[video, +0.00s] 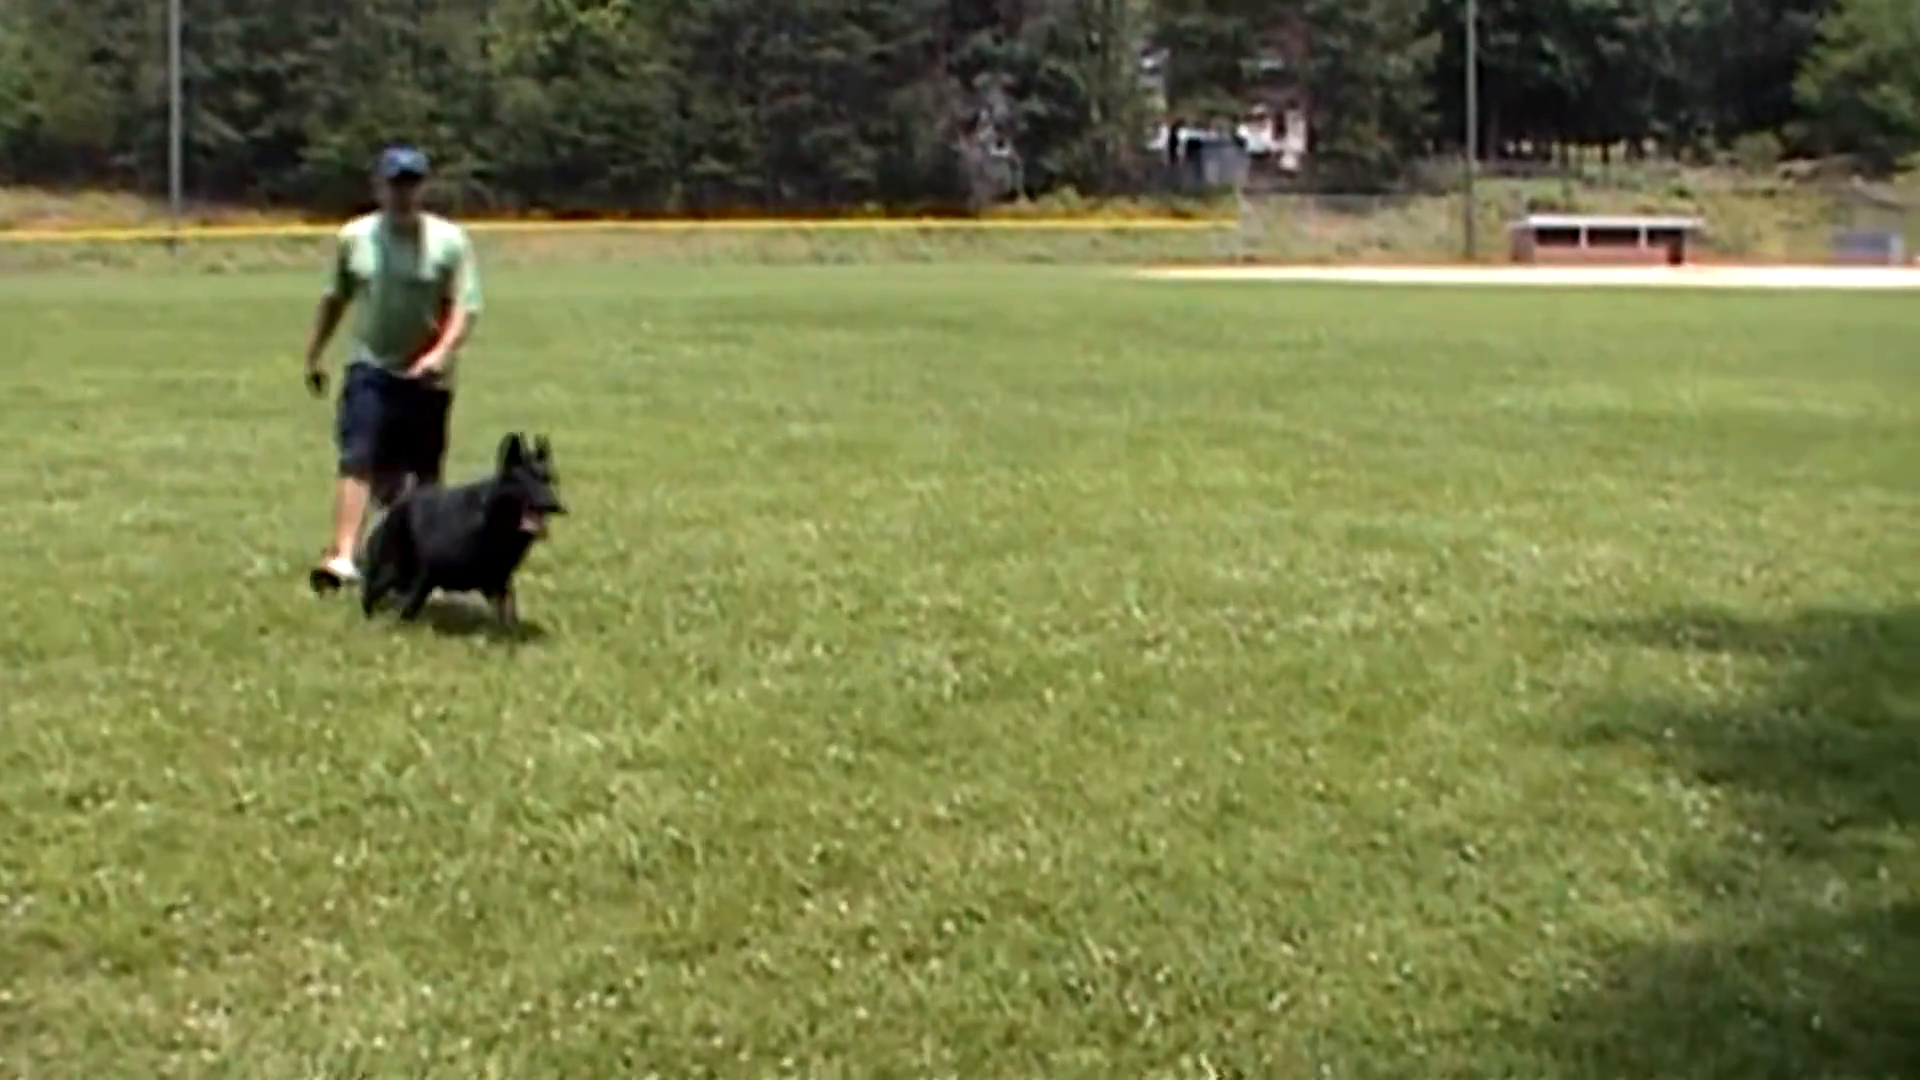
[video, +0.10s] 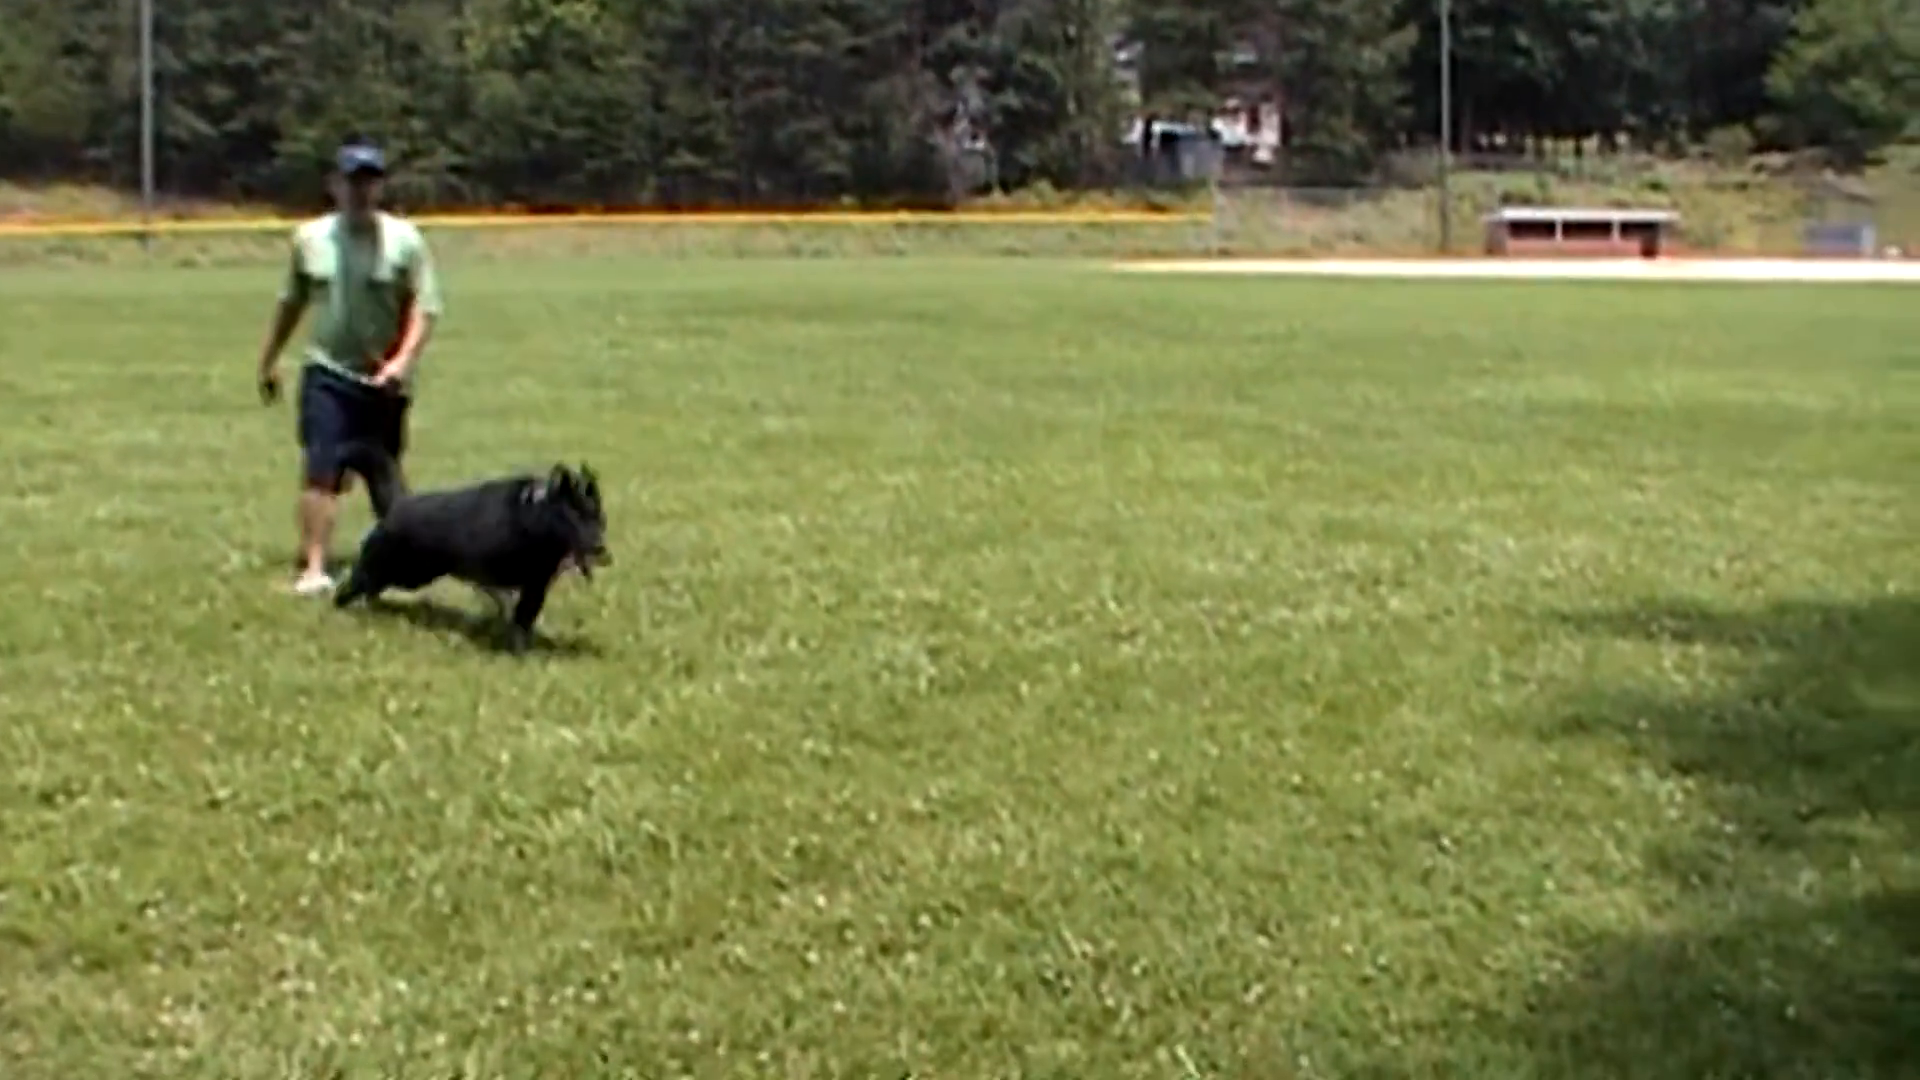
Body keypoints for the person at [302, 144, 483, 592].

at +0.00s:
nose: (402, 194)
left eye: (411, 184)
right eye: (394, 184)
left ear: (424, 188)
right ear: (378, 187)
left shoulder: (449, 241)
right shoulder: (357, 238)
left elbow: (464, 306)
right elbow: (337, 297)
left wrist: (439, 354)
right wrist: (314, 353)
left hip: (426, 372)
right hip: (371, 365)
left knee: (420, 477)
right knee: (357, 462)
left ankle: (411, 558)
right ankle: (344, 555)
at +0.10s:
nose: (360, 191)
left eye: (369, 181)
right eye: (351, 180)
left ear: (381, 186)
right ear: (334, 185)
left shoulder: (405, 240)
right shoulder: (311, 239)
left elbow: (422, 308)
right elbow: (293, 301)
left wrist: (401, 362)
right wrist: (269, 359)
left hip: (383, 375)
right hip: (329, 369)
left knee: (385, 474)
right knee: (322, 470)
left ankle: (399, 554)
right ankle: (313, 566)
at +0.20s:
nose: (328, 182)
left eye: (336, 172)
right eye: (319, 171)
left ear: (348, 177)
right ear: (301, 177)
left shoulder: (371, 233)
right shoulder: (276, 231)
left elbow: (387, 306)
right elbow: (259, 300)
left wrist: (378, 367)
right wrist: (235, 361)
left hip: (343, 371)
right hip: (288, 365)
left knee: (347, 471)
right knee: (284, 472)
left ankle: (359, 520)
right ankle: (291, 562)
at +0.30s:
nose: (303, 168)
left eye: (311, 157)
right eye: (293, 158)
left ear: (322, 163)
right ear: (272, 163)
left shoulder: (347, 220)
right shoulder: (247, 217)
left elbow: (364, 295)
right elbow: (224, 285)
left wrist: (365, 355)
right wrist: (201, 343)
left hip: (320, 355)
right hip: (260, 353)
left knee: (311, 456)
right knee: (260, 465)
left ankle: (316, 516)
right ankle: (269, 556)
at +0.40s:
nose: (257, 165)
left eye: (264, 154)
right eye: (247, 154)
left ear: (276, 159)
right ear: (227, 159)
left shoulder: (301, 219)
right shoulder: (190, 215)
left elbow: (325, 293)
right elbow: (160, 277)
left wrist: (329, 355)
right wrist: (146, 332)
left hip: (272, 347)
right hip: (210, 347)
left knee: (267, 451)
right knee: (218, 463)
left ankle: (264, 552)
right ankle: (227, 558)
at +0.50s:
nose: (180, 171)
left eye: (187, 160)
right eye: (170, 160)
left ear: (198, 166)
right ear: (149, 165)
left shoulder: (225, 225)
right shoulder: (112, 222)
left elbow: (249, 298)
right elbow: (75, 279)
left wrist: (255, 362)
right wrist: (65, 334)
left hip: (195, 355)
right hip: (132, 356)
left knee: (185, 465)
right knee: (145, 472)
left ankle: (183, 573)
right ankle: (153, 564)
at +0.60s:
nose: (104, 177)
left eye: (111, 166)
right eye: (92, 166)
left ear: (120, 172)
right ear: (66, 171)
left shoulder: (146, 234)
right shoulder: (29, 231)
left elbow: (166, 309)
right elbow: (6, 297)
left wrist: (173, 376)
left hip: (112, 370)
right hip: (44, 371)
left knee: (98, 482)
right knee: (59, 487)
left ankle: (98, 593)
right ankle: (74, 570)